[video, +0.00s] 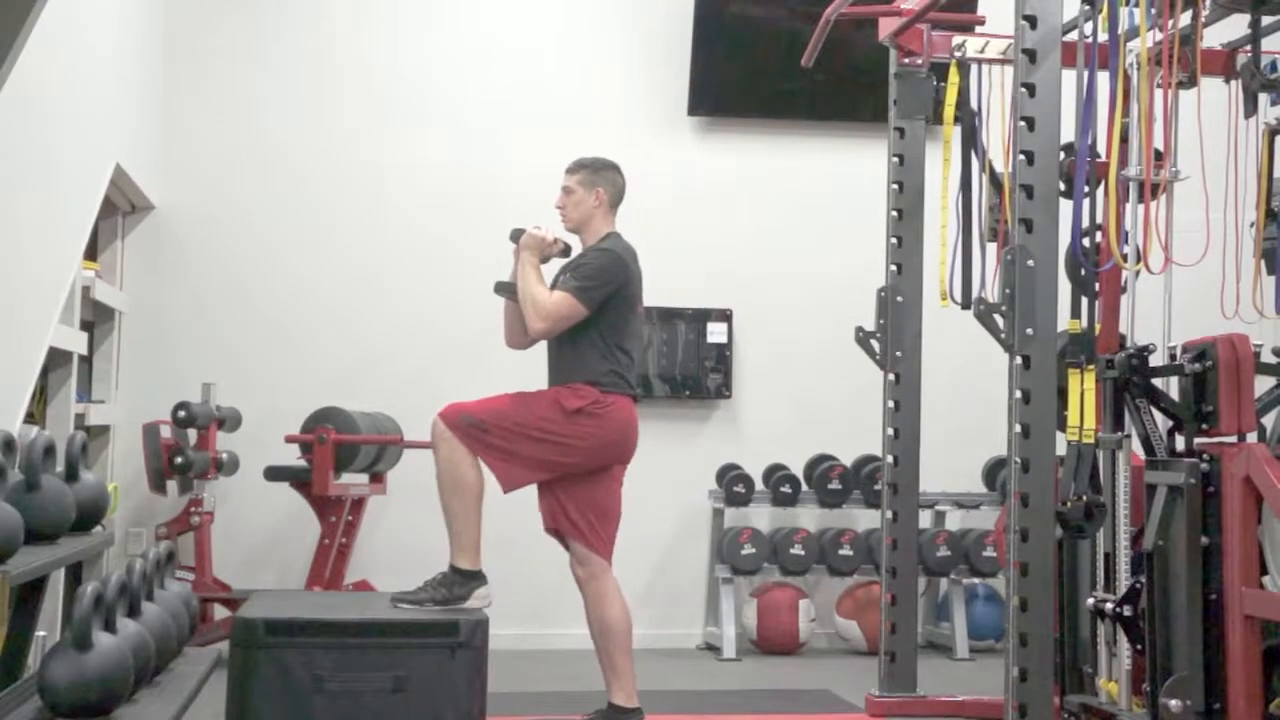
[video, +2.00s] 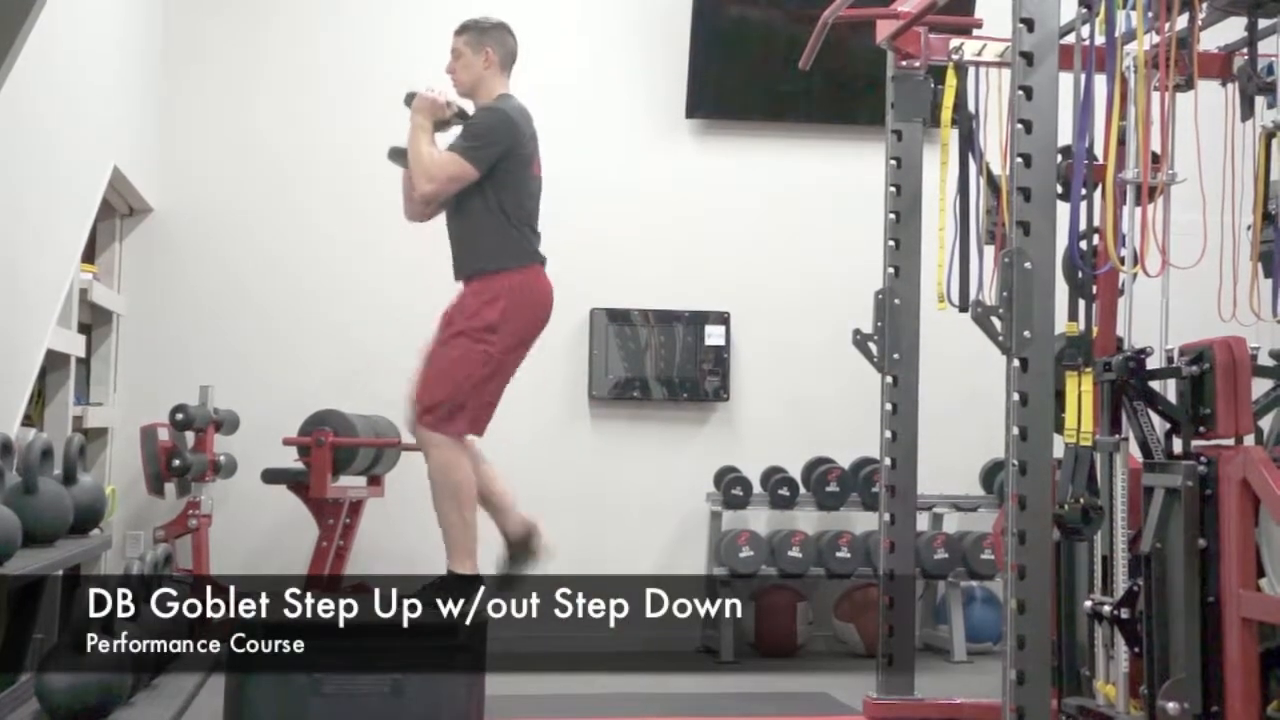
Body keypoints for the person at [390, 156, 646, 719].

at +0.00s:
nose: (558, 202)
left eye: (568, 191)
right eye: (561, 191)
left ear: (600, 198)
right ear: (596, 201)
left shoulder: (609, 256)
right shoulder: (587, 262)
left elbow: (541, 322)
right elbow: (517, 335)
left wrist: (531, 257)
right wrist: (521, 270)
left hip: (592, 410)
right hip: (603, 418)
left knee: (452, 426)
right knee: (592, 566)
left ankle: (464, 574)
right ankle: (624, 705)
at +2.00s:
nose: (448, 67)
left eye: (457, 56)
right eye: (450, 56)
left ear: (489, 58)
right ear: (490, 59)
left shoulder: (503, 118)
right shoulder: (490, 124)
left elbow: (429, 186)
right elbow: (417, 207)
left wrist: (422, 120)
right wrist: (420, 135)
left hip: (505, 290)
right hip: (495, 289)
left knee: (439, 425)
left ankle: (462, 580)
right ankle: (518, 533)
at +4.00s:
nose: (468, 150)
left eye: (477, 140)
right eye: (470, 140)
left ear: (509, 144)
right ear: (508, 144)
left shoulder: (522, 203)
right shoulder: (505, 209)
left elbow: (455, 263)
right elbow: (433, 286)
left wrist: (443, 202)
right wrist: (439, 219)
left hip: (537, 358)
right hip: (559, 363)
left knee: (420, 438)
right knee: (529, 517)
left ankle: (461, 580)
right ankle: (569, 648)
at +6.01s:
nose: (558, 208)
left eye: (569, 198)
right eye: (561, 198)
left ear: (602, 204)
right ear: (595, 207)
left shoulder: (612, 258)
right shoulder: (581, 268)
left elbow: (550, 322)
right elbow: (520, 344)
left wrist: (536, 262)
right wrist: (527, 277)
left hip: (602, 411)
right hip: (602, 418)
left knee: (466, 427)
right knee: (581, 560)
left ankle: (462, 578)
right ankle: (616, 705)